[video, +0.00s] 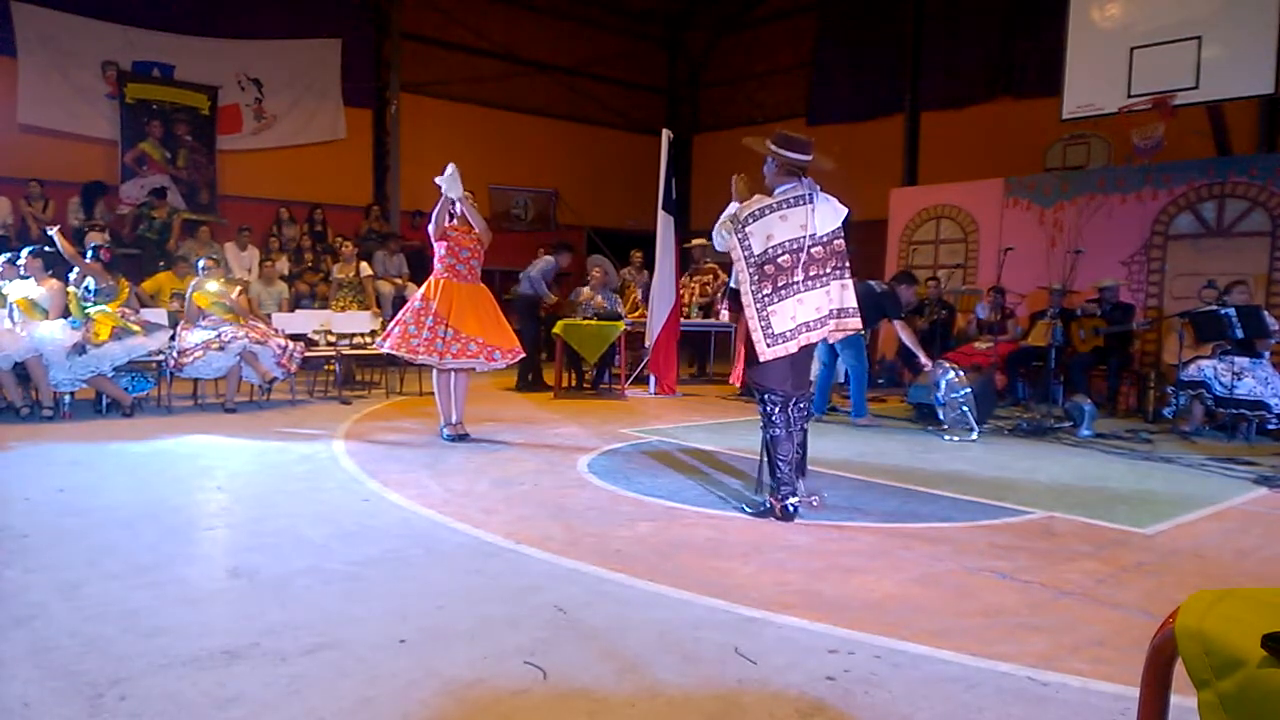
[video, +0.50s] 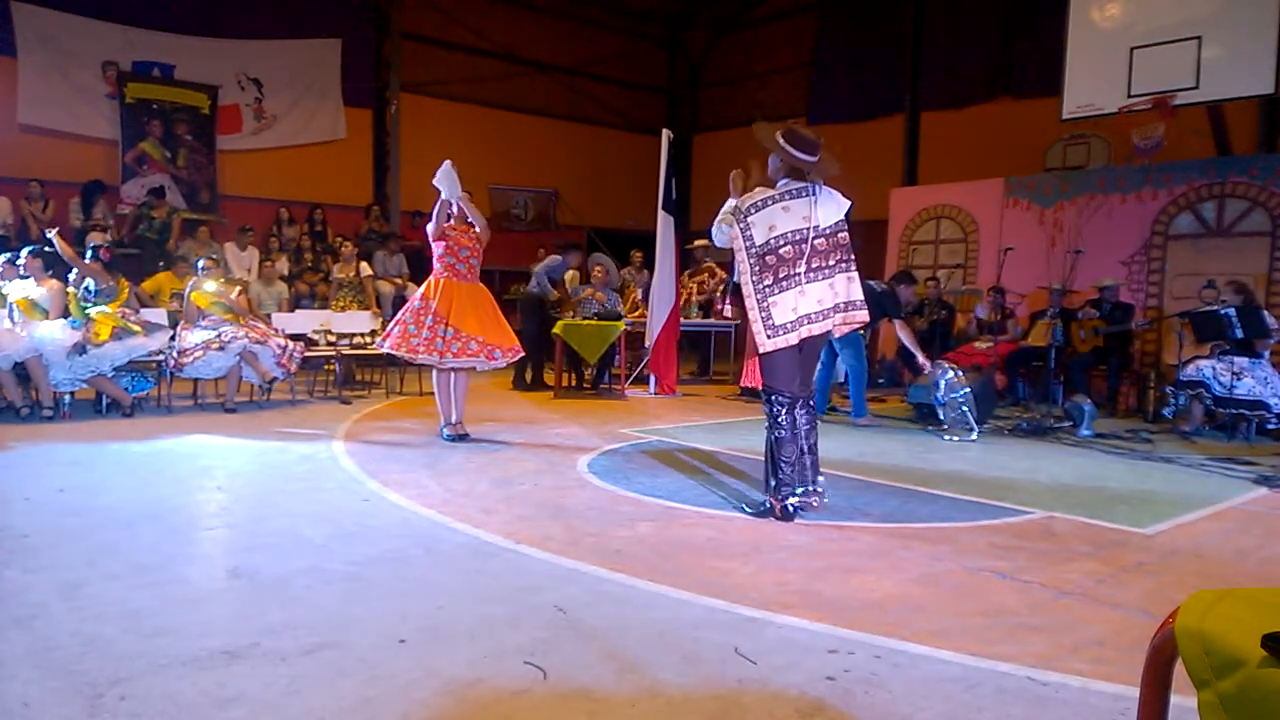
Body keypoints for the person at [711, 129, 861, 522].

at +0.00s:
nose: (763, 167)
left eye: (767, 162)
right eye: (767, 161)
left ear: (778, 167)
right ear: (803, 168)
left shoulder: (758, 210)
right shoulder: (828, 207)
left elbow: (720, 240)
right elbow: (834, 267)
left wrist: (738, 203)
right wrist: (834, 319)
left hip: (769, 320)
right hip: (809, 315)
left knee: (775, 407)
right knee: (798, 402)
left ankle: (783, 498)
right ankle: (795, 486)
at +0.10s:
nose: (764, 166)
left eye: (768, 161)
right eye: (768, 160)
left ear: (778, 166)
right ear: (803, 168)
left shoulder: (757, 210)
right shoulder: (827, 207)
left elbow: (718, 239)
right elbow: (836, 267)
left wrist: (736, 203)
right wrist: (836, 318)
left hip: (768, 319)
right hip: (809, 314)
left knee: (776, 405)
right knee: (798, 402)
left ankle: (783, 497)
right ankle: (795, 485)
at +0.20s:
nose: (763, 165)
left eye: (768, 161)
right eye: (767, 159)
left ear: (778, 166)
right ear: (804, 169)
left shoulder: (755, 209)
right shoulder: (826, 206)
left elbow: (717, 238)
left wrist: (731, 201)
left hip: (771, 319)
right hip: (812, 314)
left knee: (777, 405)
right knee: (799, 401)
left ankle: (782, 497)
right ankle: (795, 486)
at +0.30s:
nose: (765, 163)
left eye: (770, 159)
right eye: (769, 158)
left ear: (779, 165)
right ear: (806, 167)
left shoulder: (756, 207)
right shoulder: (826, 205)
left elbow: (719, 237)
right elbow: (836, 265)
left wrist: (729, 201)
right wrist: (838, 316)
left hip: (771, 319)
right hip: (814, 314)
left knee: (778, 406)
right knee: (800, 403)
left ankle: (782, 498)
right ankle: (795, 488)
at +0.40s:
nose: (767, 160)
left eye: (772, 157)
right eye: (771, 156)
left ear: (780, 164)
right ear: (808, 165)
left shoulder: (754, 205)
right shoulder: (825, 204)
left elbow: (720, 236)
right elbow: (838, 264)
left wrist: (740, 197)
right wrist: (841, 314)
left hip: (772, 318)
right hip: (815, 313)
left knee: (779, 404)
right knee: (802, 401)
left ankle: (782, 496)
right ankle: (800, 487)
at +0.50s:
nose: (769, 158)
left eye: (773, 155)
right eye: (773, 153)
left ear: (780, 163)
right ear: (810, 165)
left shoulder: (755, 205)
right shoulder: (827, 202)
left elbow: (719, 236)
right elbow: (838, 263)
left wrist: (734, 197)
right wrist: (839, 315)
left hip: (775, 318)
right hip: (818, 313)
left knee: (781, 405)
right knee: (803, 399)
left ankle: (781, 497)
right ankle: (809, 487)